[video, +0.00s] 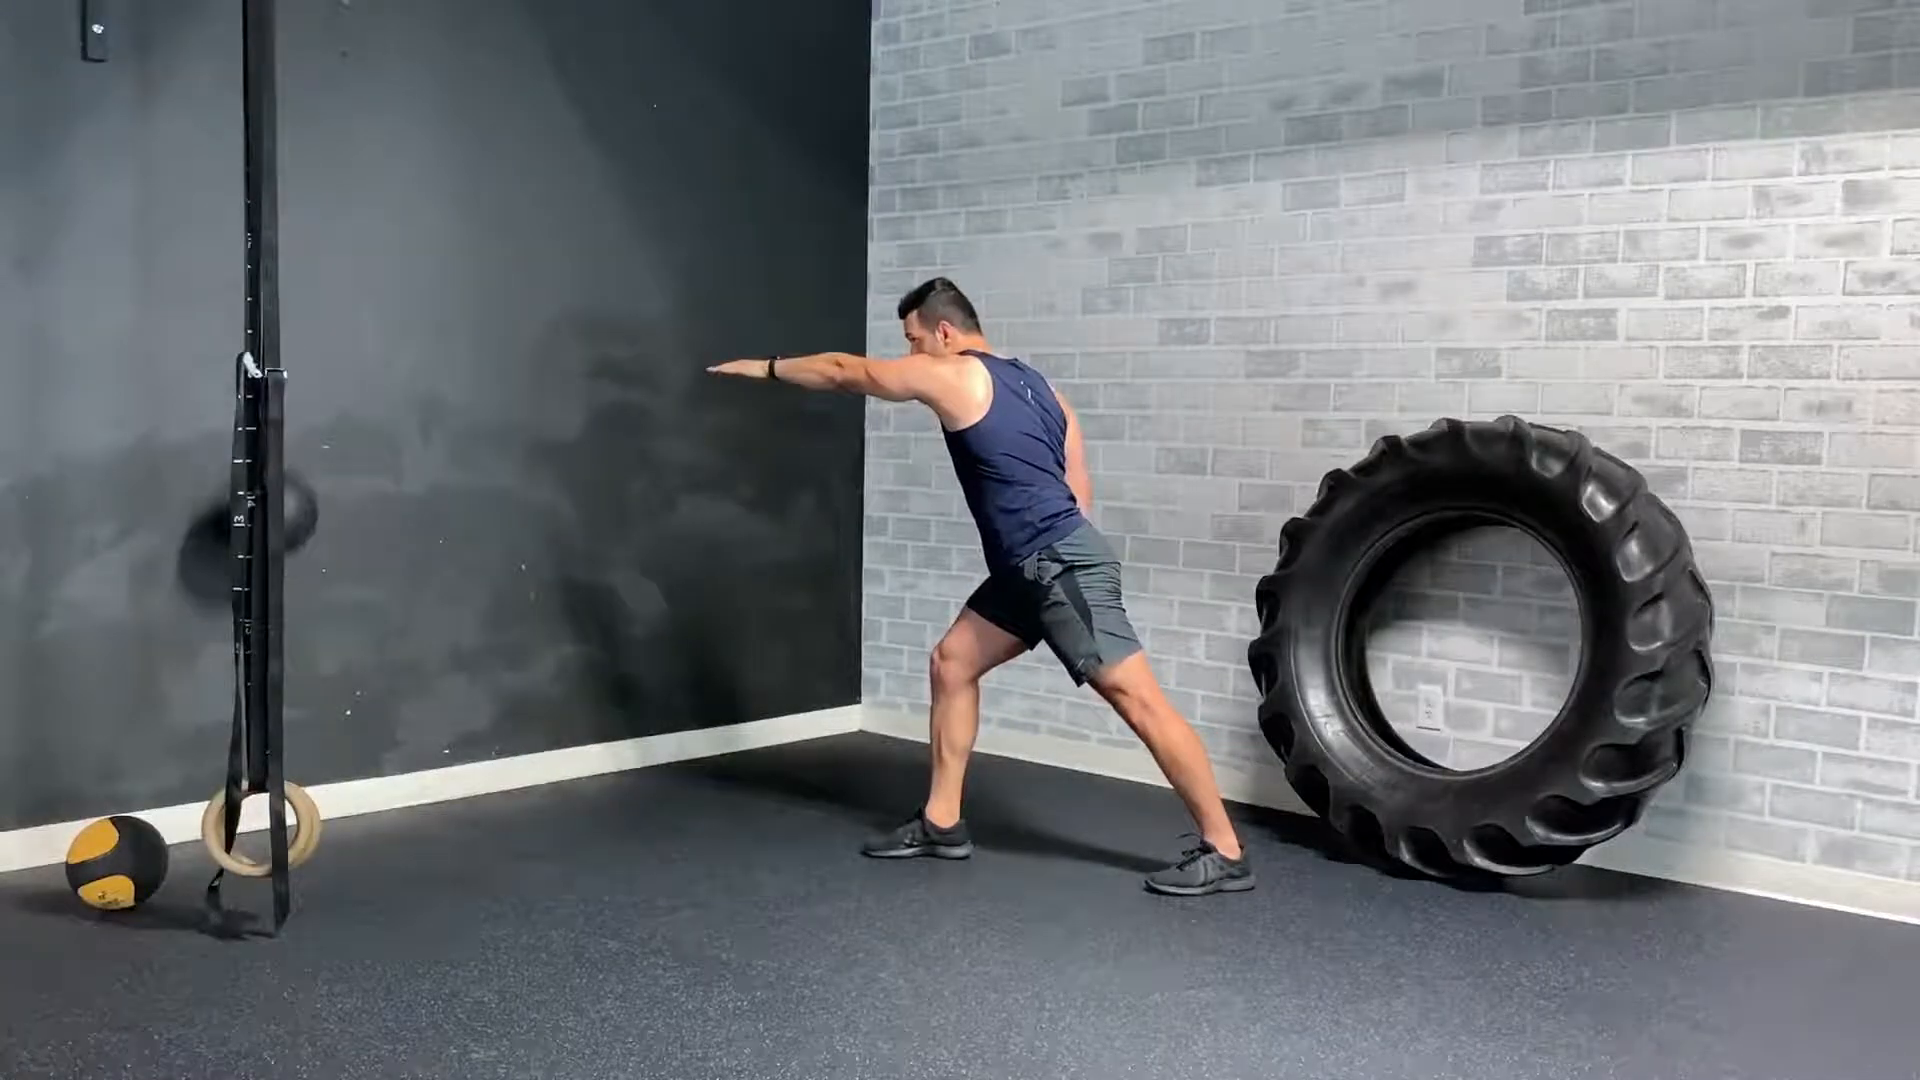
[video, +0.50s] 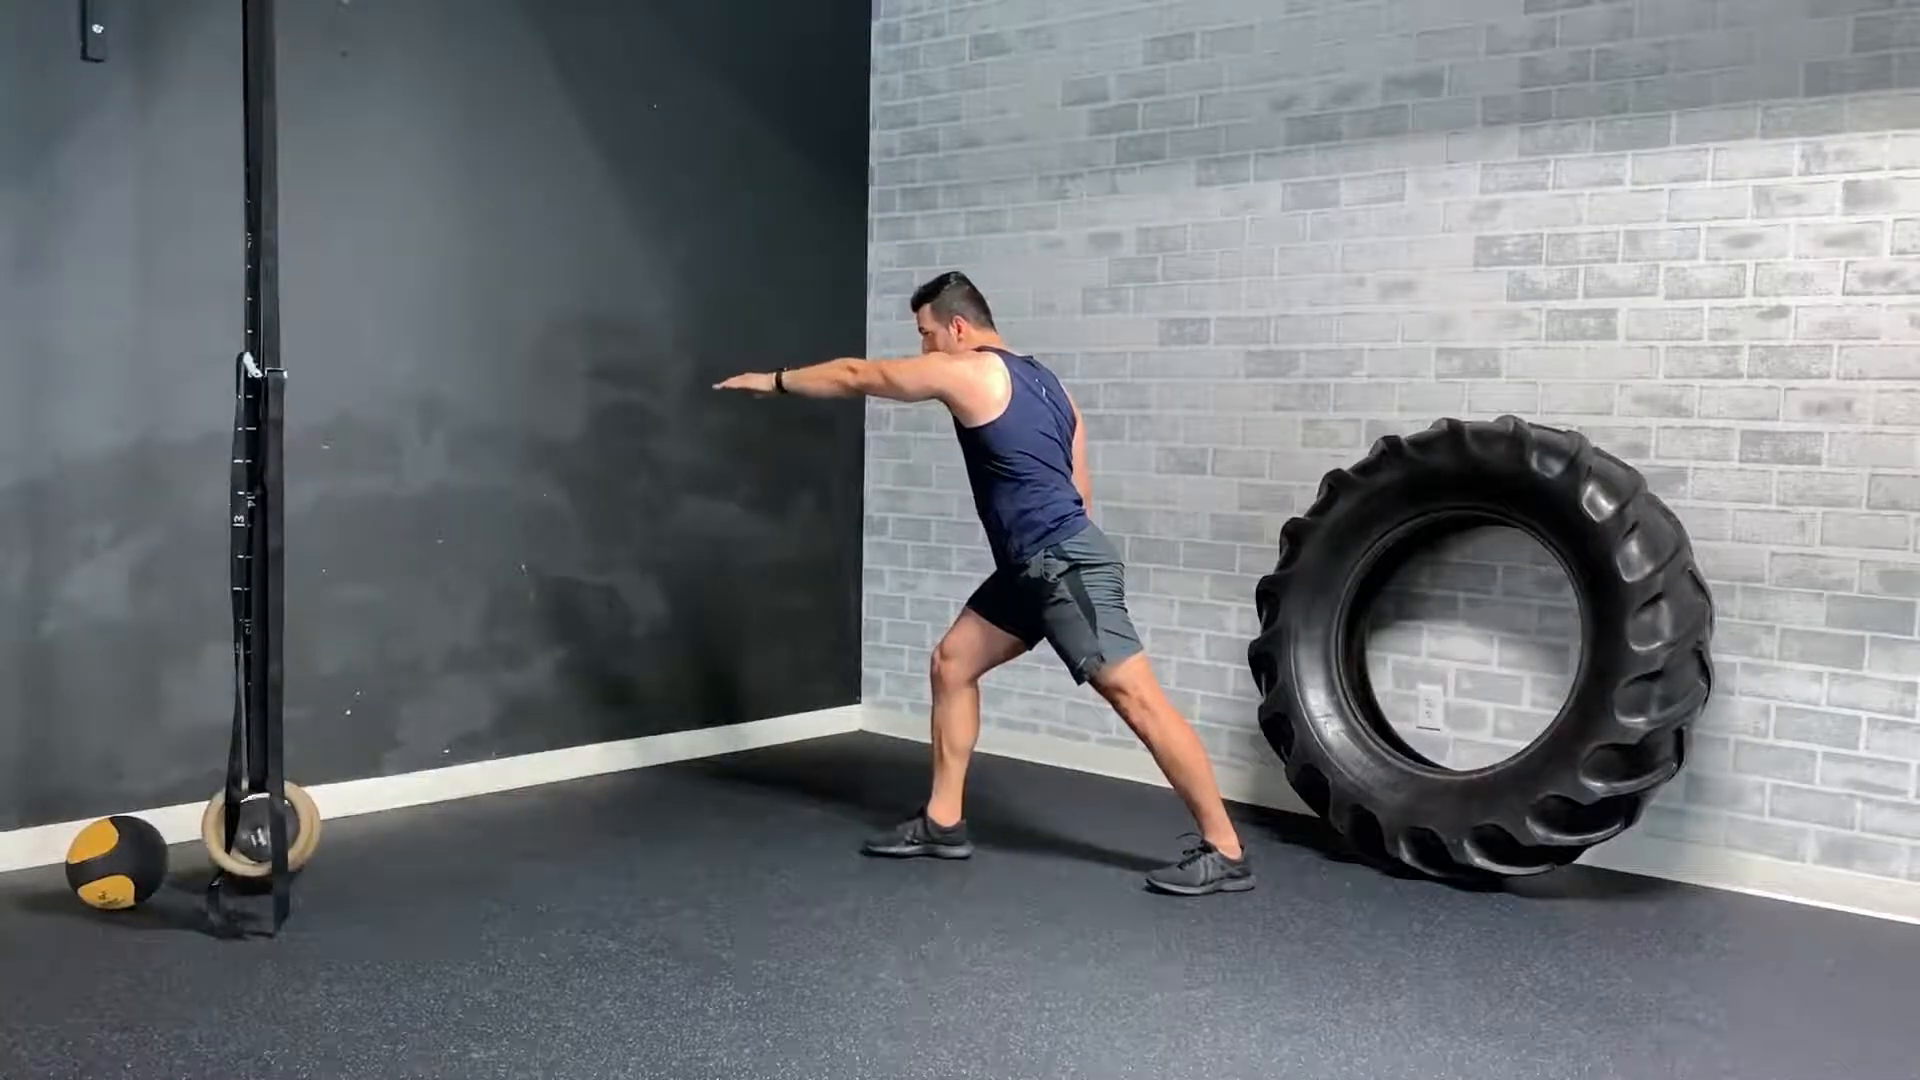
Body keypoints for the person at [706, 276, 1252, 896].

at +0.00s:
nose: (910, 354)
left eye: (913, 342)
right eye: (909, 344)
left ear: (943, 330)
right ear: (965, 328)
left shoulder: (948, 372)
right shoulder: (1039, 387)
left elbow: (848, 373)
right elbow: (1076, 490)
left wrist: (766, 367)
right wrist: (1066, 555)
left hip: (1060, 562)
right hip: (1035, 571)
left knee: (1144, 705)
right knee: (952, 662)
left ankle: (1225, 850)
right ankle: (942, 824)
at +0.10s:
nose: (913, 352)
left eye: (916, 339)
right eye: (911, 341)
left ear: (946, 328)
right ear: (968, 328)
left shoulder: (951, 370)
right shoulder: (1040, 386)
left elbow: (847, 371)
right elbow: (1076, 490)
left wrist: (766, 366)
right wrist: (1063, 552)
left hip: (1061, 561)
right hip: (1036, 570)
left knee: (1143, 703)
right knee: (953, 662)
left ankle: (1225, 849)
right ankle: (941, 824)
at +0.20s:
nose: (915, 352)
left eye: (918, 339)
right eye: (914, 341)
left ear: (948, 327)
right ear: (971, 327)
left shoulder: (953, 370)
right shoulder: (1042, 386)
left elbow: (850, 371)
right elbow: (1077, 490)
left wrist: (767, 366)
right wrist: (1063, 551)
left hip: (1062, 561)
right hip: (1036, 569)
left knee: (1144, 705)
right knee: (953, 662)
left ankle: (1225, 850)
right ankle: (942, 824)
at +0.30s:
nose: (919, 351)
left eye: (921, 338)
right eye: (917, 340)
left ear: (951, 327)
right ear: (973, 326)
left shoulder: (958, 370)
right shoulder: (1042, 385)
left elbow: (855, 371)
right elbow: (1076, 490)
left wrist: (771, 366)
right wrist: (1065, 550)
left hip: (1062, 561)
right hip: (1036, 569)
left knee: (1143, 703)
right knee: (953, 662)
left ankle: (1226, 850)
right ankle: (942, 822)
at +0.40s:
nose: (921, 350)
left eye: (923, 337)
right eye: (920, 339)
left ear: (954, 327)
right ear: (974, 325)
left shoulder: (962, 370)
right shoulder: (1046, 386)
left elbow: (858, 372)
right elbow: (1076, 491)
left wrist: (773, 370)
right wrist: (1065, 551)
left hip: (1063, 561)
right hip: (1036, 569)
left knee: (1140, 701)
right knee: (953, 661)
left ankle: (1225, 850)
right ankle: (943, 822)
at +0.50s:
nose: (924, 349)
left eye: (926, 335)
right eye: (922, 337)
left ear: (957, 325)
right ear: (977, 324)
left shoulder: (966, 371)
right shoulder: (1047, 384)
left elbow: (860, 376)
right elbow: (1076, 489)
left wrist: (774, 380)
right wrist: (1066, 550)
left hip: (1064, 560)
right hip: (1039, 568)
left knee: (1140, 701)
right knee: (953, 662)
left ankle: (1226, 850)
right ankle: (942, 822)